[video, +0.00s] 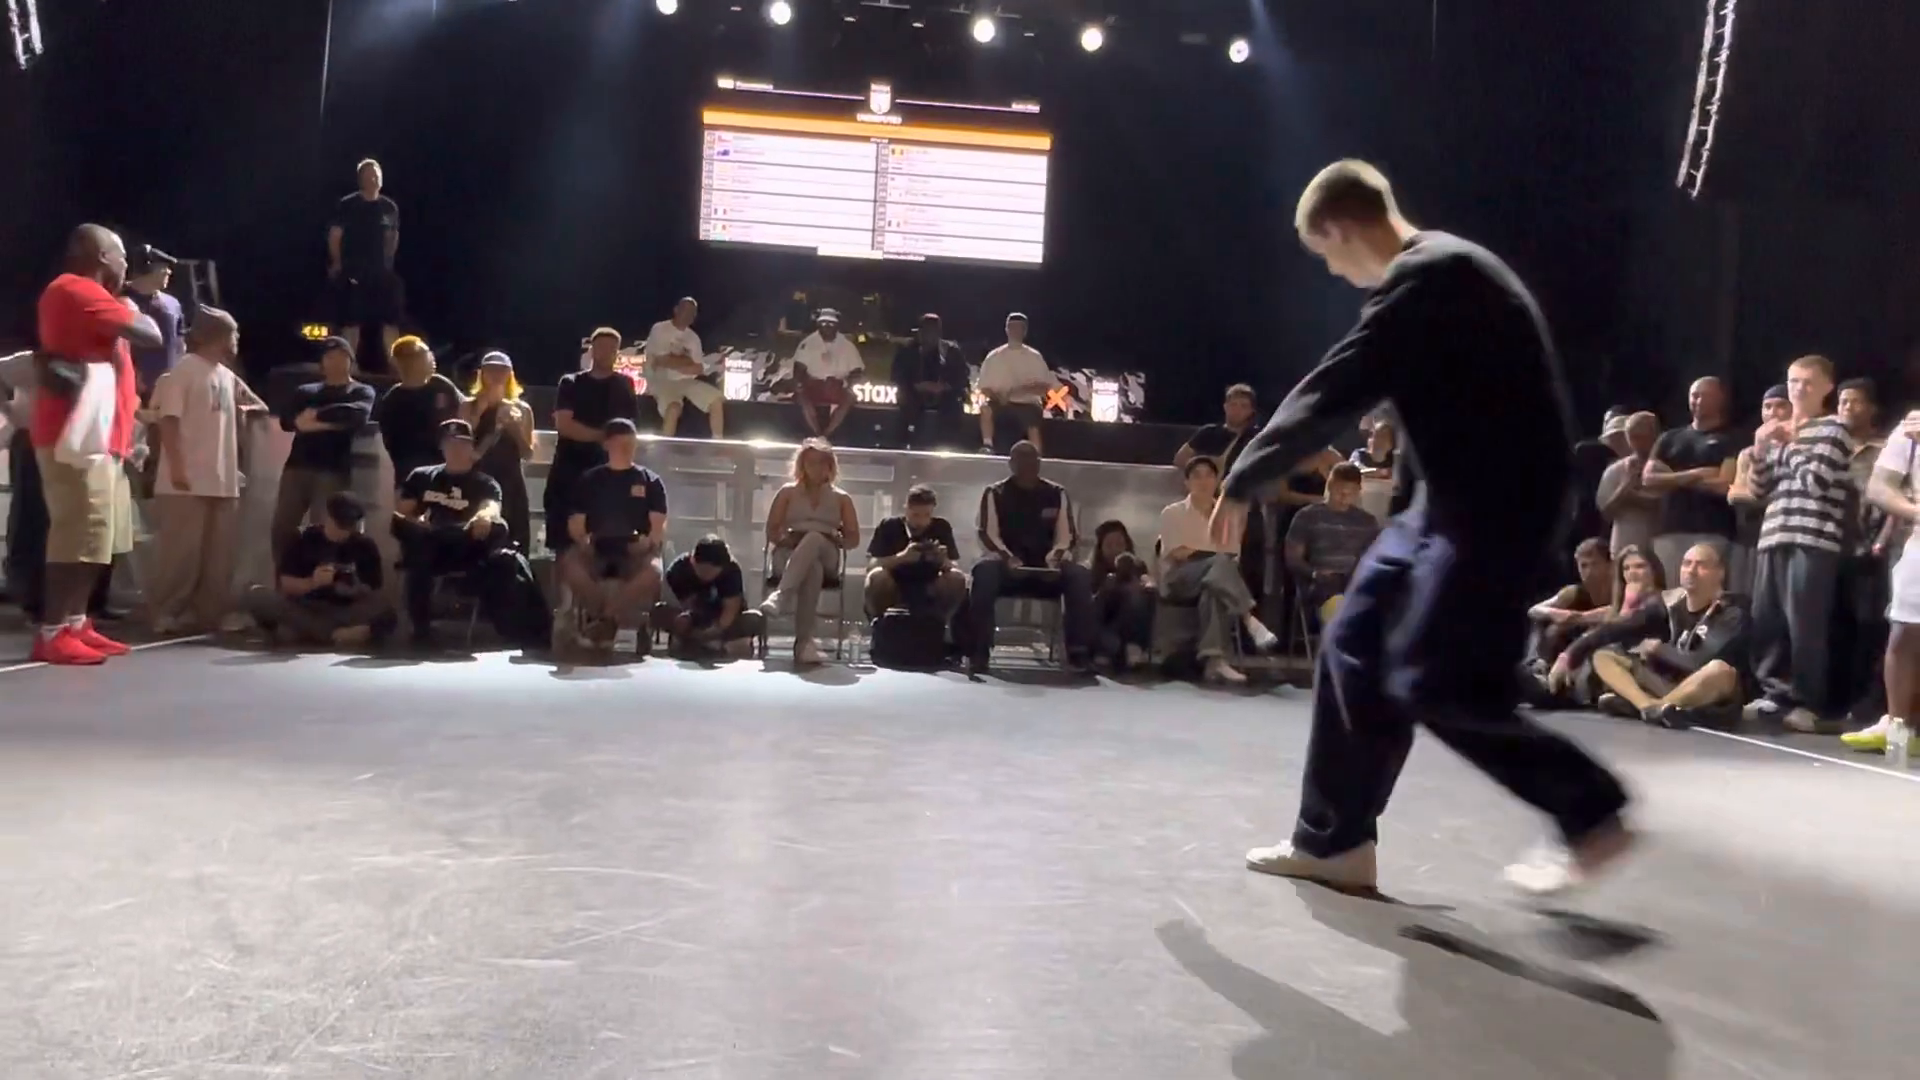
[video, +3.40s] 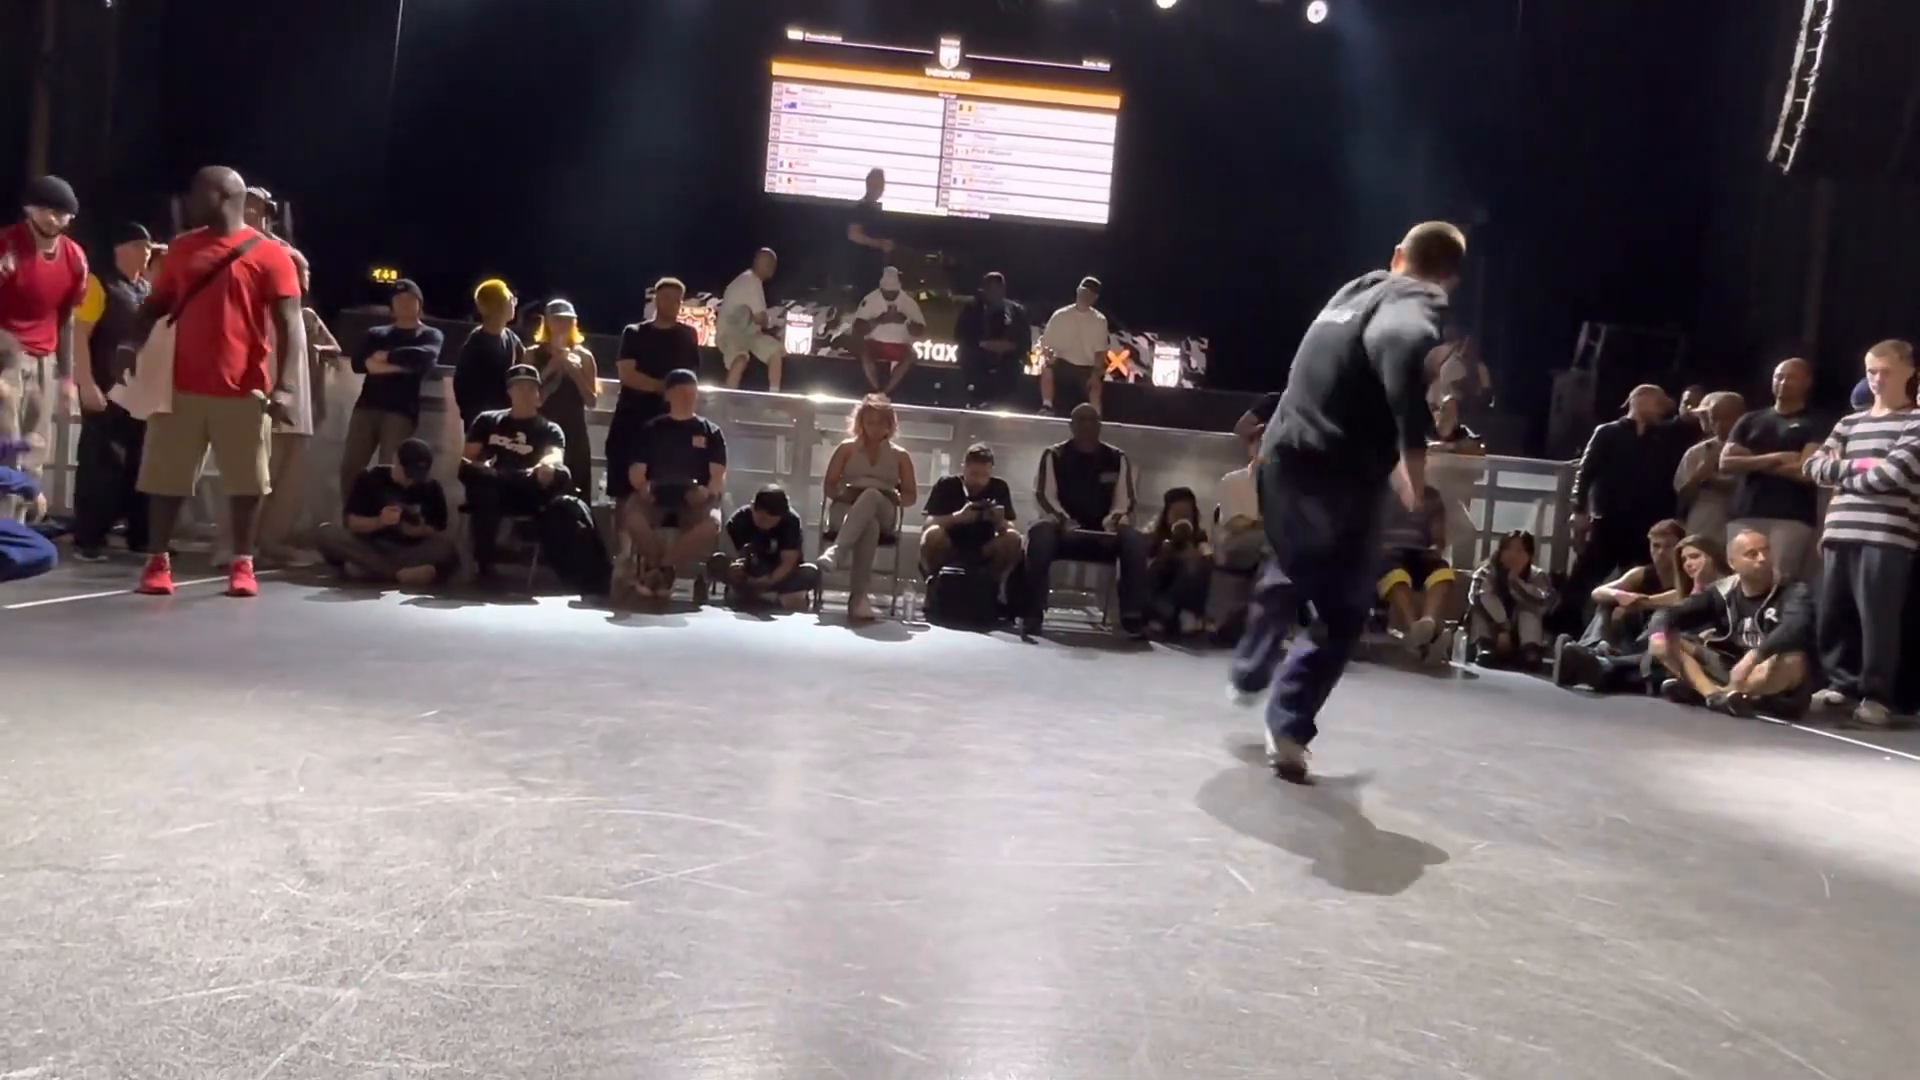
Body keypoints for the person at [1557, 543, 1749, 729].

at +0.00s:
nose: (1690, 571)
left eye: (1701, 565)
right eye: (1687, 564)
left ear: (1720, 574)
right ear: (1680, 570)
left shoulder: (1734, 613)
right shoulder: (1667, 607)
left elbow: (1701, 663)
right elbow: (1616, 629)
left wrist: (1658, 649)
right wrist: (1568, 657)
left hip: (1716, 697)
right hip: (1669, 686)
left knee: (1719, 670)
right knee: (1602, 658)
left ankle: (1657, 709)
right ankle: (1647, 707)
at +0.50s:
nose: (1719, 564)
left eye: (1730, 559)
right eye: (1717, 558)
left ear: (1753, 568)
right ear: (1713, 562)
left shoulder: (1765, 608)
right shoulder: (1701, 594)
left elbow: (1727, 659)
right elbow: (1651, 620)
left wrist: (1681, 649)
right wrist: (1599, 646)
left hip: (1739, 695)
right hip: (1696, 681)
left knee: (1747, 666)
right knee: (1630, 648)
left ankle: (1681, 703)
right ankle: (1673, 703)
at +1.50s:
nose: (1715, 567)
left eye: (1724, 559)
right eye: (1711, 561)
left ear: (1748, 562)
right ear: (1707, 567)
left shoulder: (1772, 602)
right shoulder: (1705, 598)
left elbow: (1758, 648)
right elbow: (1659, 623)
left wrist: (1710, 654)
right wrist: (1612, 651)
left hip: (1762, 692)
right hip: (1716, 682)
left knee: (1766, 665)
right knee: (1646, 650)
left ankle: (1696, 703)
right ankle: (1694, 704)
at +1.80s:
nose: (1721, 562)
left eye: (1730, 555)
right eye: (1716, 557)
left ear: (1753, 559)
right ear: (1712, 563)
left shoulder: (1778, 600)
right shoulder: (1709, 596)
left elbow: (1792, 642)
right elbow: (1662, 620)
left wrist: (1735, 655)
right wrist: (1616, 647)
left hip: (1764, 685)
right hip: (1719, 679)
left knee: (1773, 662)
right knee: (1650, 647)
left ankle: (1705, 699)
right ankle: (1700, 700)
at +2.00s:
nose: (1725, 560)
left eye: (1734, 553)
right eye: (1721, 555)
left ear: (1757, 558)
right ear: (1717, 562)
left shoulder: (1781, 598)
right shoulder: (1712, 596)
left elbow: (1812, 633)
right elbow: (1666, 620)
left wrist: (1757, 642)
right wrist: (1620, 646)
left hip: (1770, 689)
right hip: (1724, 678)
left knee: (1775, 661)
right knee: (1654, 647)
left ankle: (1704, 700)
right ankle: (1704, 699)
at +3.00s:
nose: (1761, 557)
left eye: (1766, 549)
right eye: (1751, 551)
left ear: (1773, 555)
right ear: (1736, 561)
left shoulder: (1794, 594)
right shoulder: (1724, 592)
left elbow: (1795, 631)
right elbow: (1677, 615)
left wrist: (1767, 654)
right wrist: (1635, 640)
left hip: (1775, 671)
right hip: (1731, 669)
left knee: (1792, 663)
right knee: (1666, 642)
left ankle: (1717, 695)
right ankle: (1712, 696)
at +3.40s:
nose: (1762, 559)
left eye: (1765, 552)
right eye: (1752, 554)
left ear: (1771, 553)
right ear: (1732, 562)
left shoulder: (1793, 590)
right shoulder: (1721, 591)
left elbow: (1795, 628)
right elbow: (1671, 614)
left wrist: (1754, 656)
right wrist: (1658, 633)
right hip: (1729, 667)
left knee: (1793, 661)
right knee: (1663, 643)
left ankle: (1718, 694)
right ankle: (1714, 694)